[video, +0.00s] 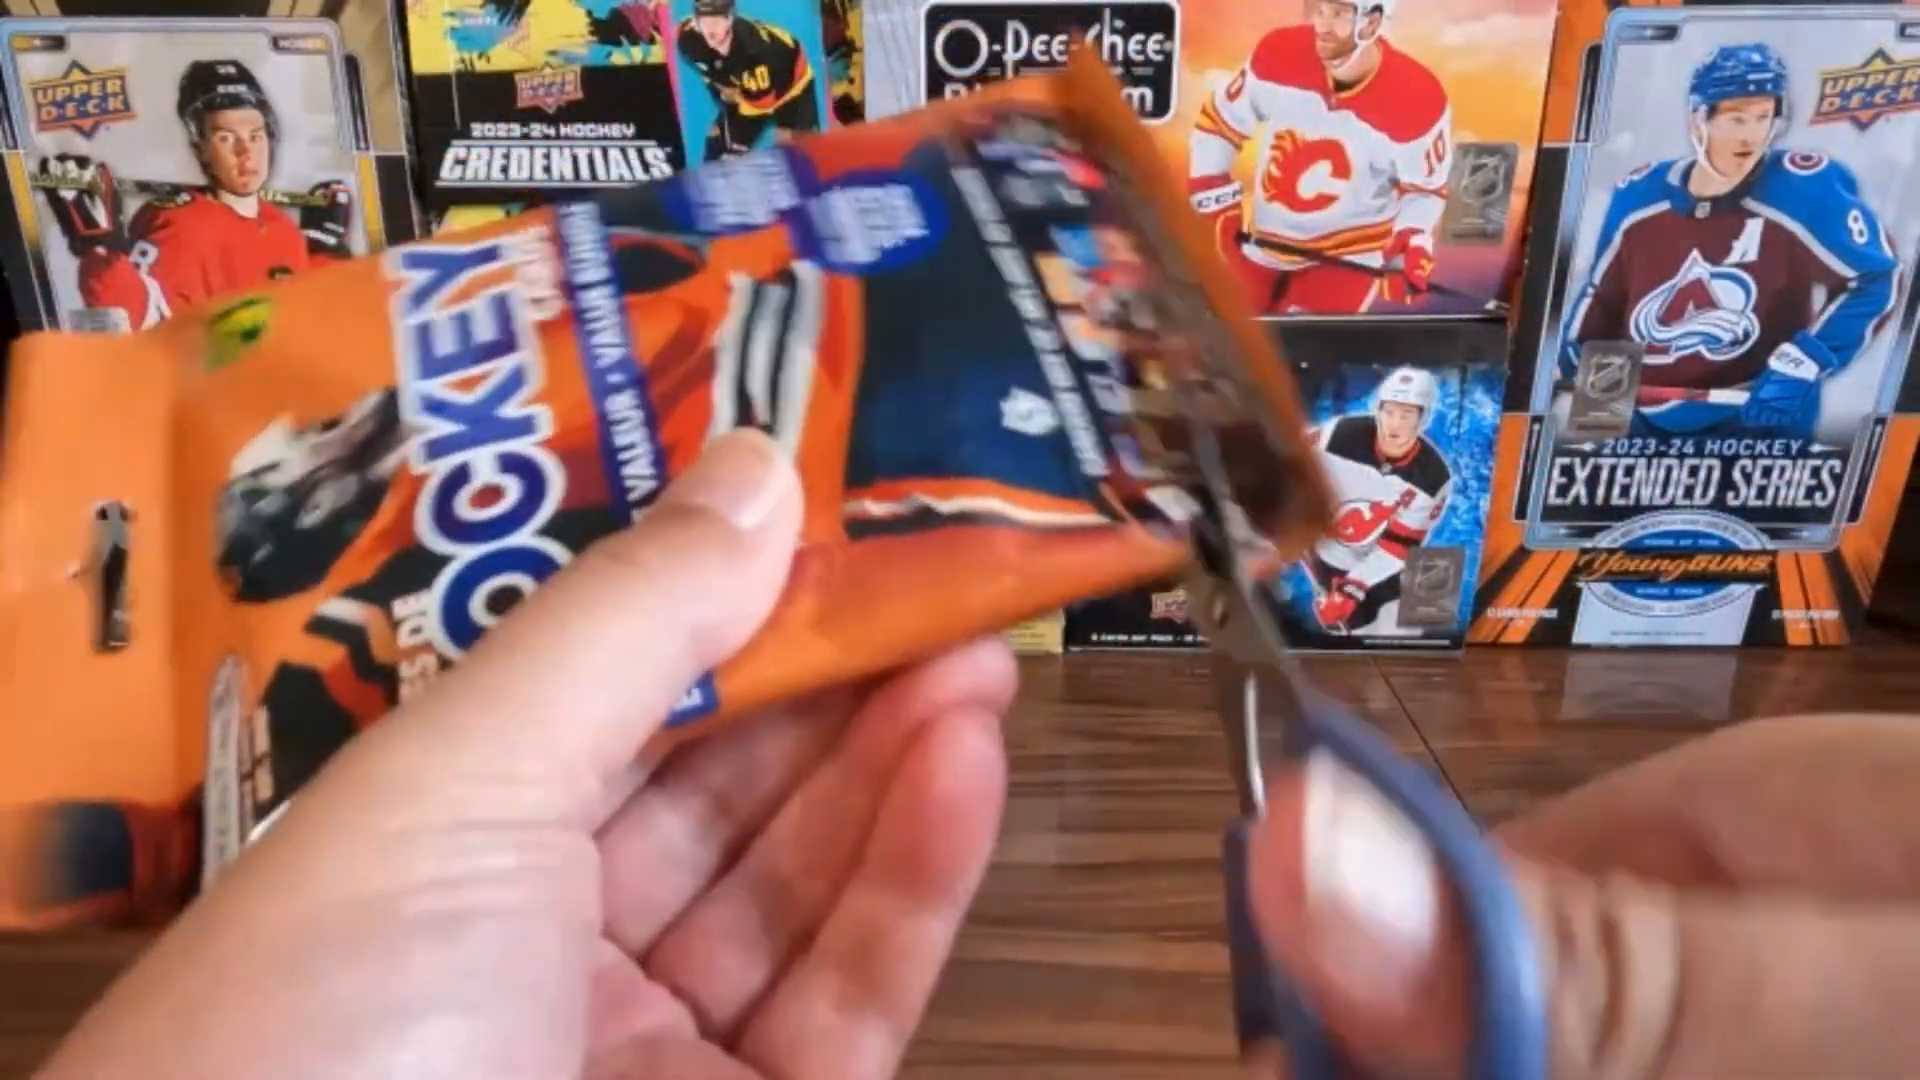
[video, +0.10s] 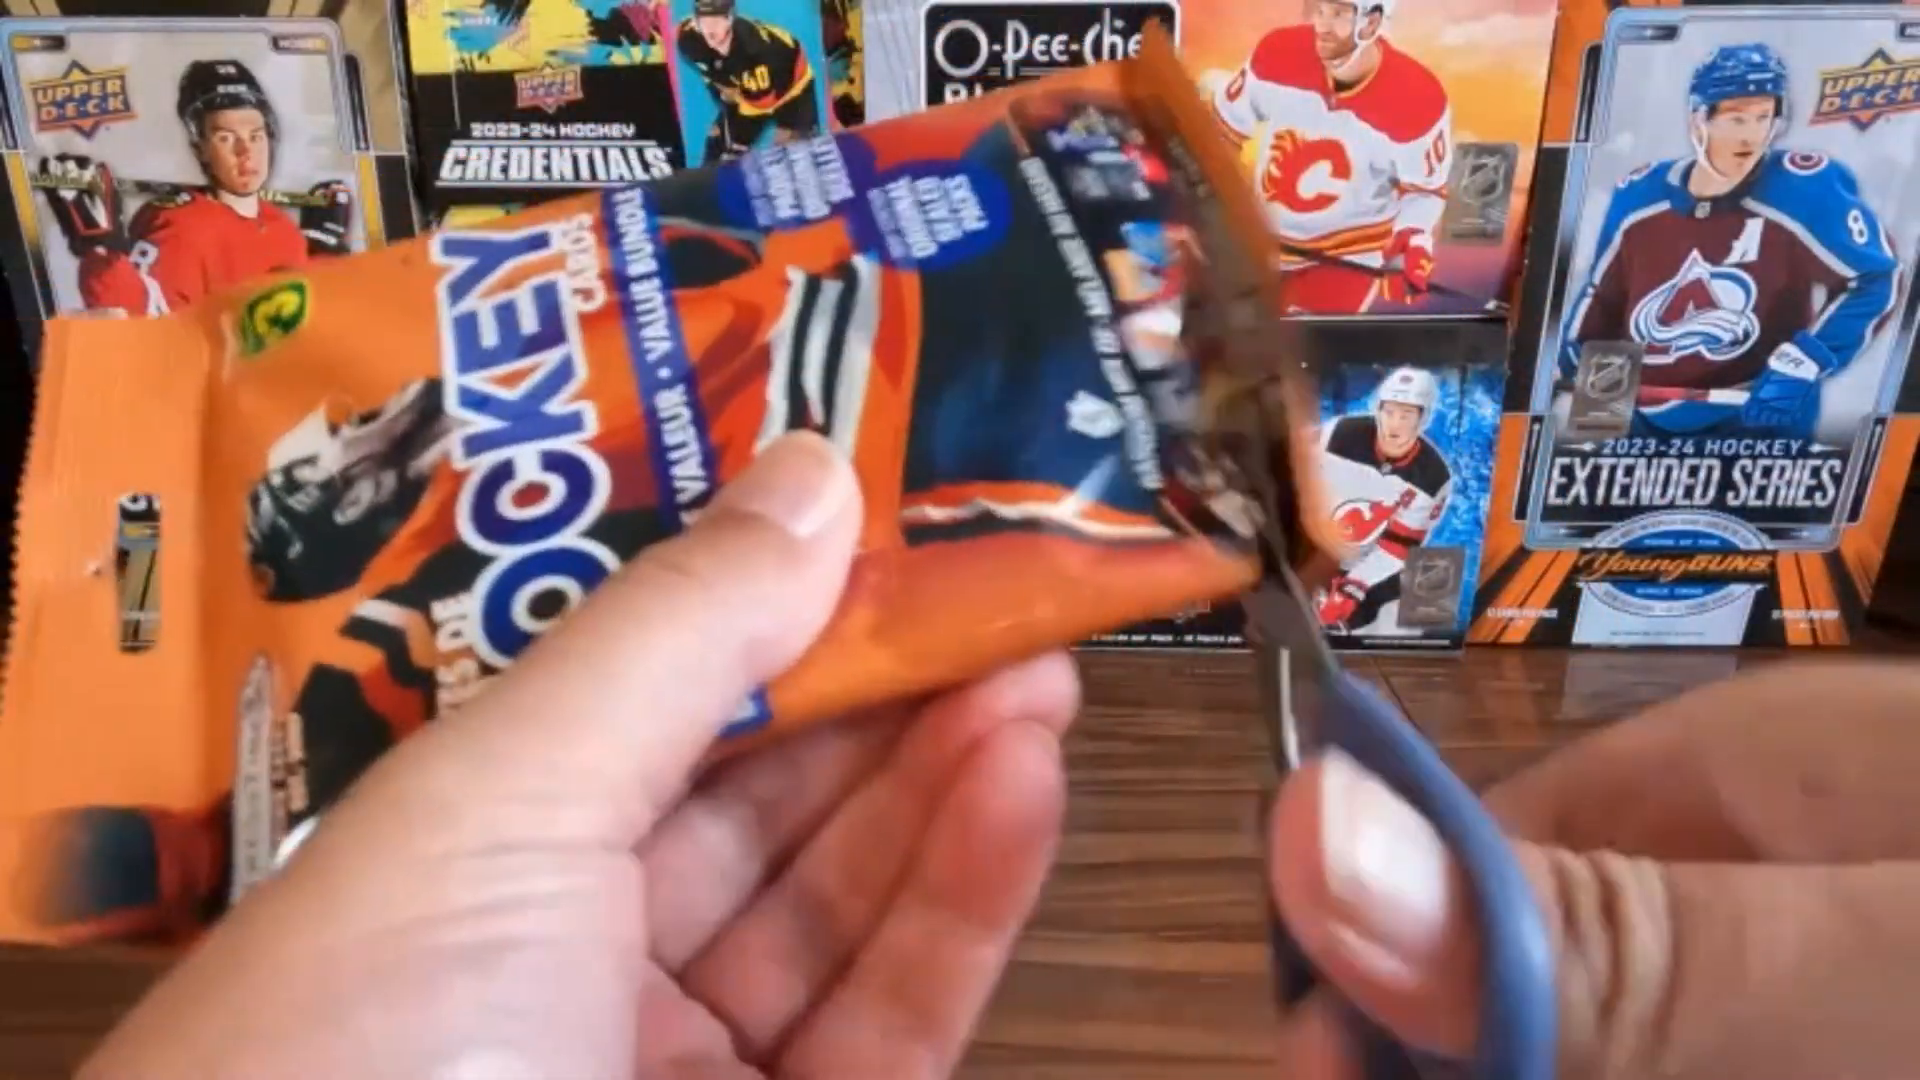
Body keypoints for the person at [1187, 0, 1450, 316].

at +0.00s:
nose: (1323, 26)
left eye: (1339, 14)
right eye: (1318, 11)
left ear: (1372, 22)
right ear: (1309, 11)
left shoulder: (1417, 96)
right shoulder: (1277, 56)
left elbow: (1423, 191)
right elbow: (1215, 126)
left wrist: (1414, 249)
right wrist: (1218, 208)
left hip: (1347, 261)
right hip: (1257, 248)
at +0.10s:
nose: (1322, 27)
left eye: (1339, 14)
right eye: (1316, 12)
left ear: (1372, 22)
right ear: (1308, 11)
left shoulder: (1417, 95)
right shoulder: (1276, 56)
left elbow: (1423, 191)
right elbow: (1220, 133)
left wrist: (1412, 250)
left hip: (1351, 263)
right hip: (1261, 251)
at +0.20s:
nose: (1323, 27)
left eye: (1339, 15)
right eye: (1319, 12)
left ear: (1373, 22)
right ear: (1310, 12)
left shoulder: (1416, 95)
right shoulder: (1276, 56)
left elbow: (1423, 191)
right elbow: (1215, 126)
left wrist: (1414, 247)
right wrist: (1214, 203)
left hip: (1346, 262)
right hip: (1262, 249)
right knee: (1217, 354)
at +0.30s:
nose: (1322, 27)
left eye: (1339, 14)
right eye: (1316, 12)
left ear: (1372, 22)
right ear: (1308, 11)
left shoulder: (1417, 95)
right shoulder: (1276, 56)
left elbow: (1424, 190)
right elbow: (1215, 124)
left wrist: (1414, 243)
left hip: (1351, 264)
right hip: (1262, 249)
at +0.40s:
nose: (1323, 27)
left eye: (1340, 14)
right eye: (1318, 12)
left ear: (1373, 22)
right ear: (1309, 11)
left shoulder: (1417, 95)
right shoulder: (1276, 56)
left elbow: (1424, 190)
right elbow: (1217, 125)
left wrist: (1413, 249)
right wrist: (1225, 204)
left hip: (1348, 260)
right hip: (1262, 249)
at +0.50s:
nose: (1323, 27)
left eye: (1340, 14)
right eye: (1318, 11)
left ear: (1373, 21)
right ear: (1309, 11)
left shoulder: (1417, 95)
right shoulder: (1276, 56)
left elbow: (1423, 190)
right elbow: (1215, 128)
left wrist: (1414, 248)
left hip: (1351, 262)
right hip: (1261, 254)